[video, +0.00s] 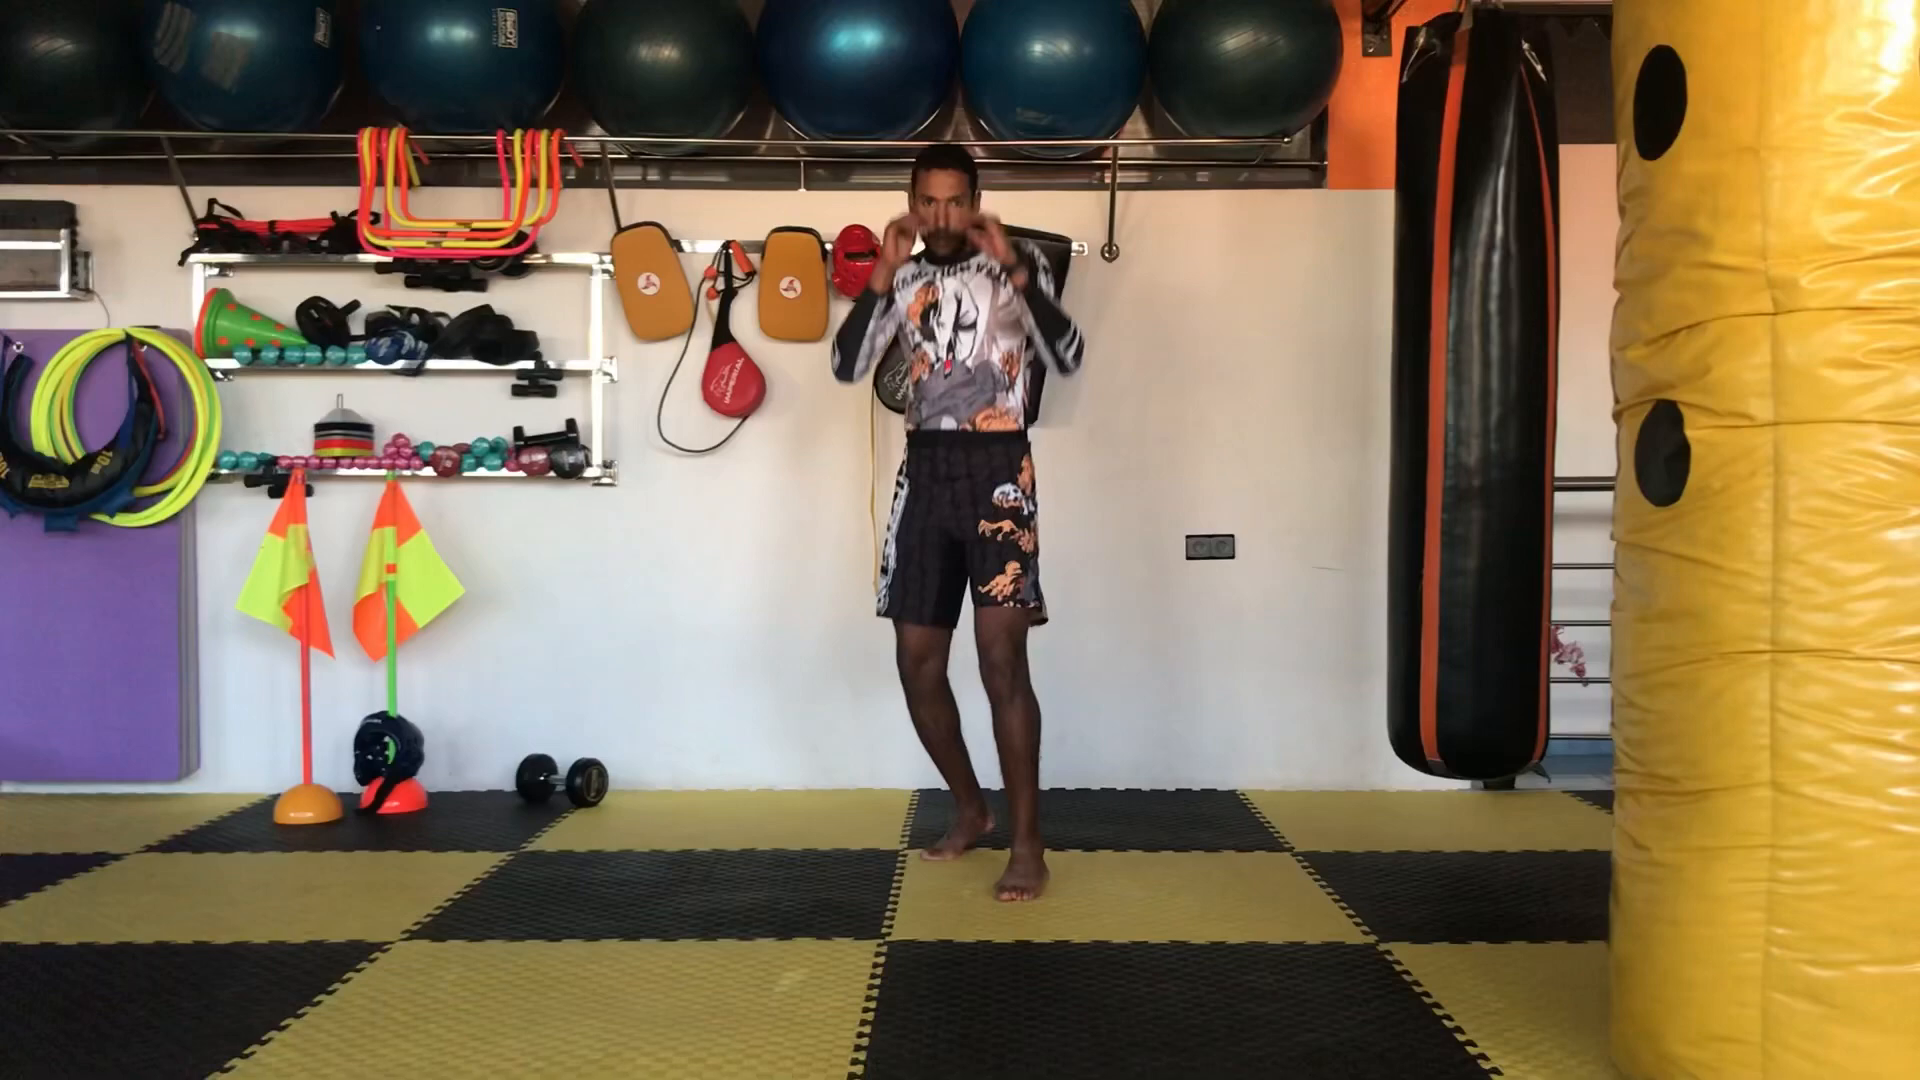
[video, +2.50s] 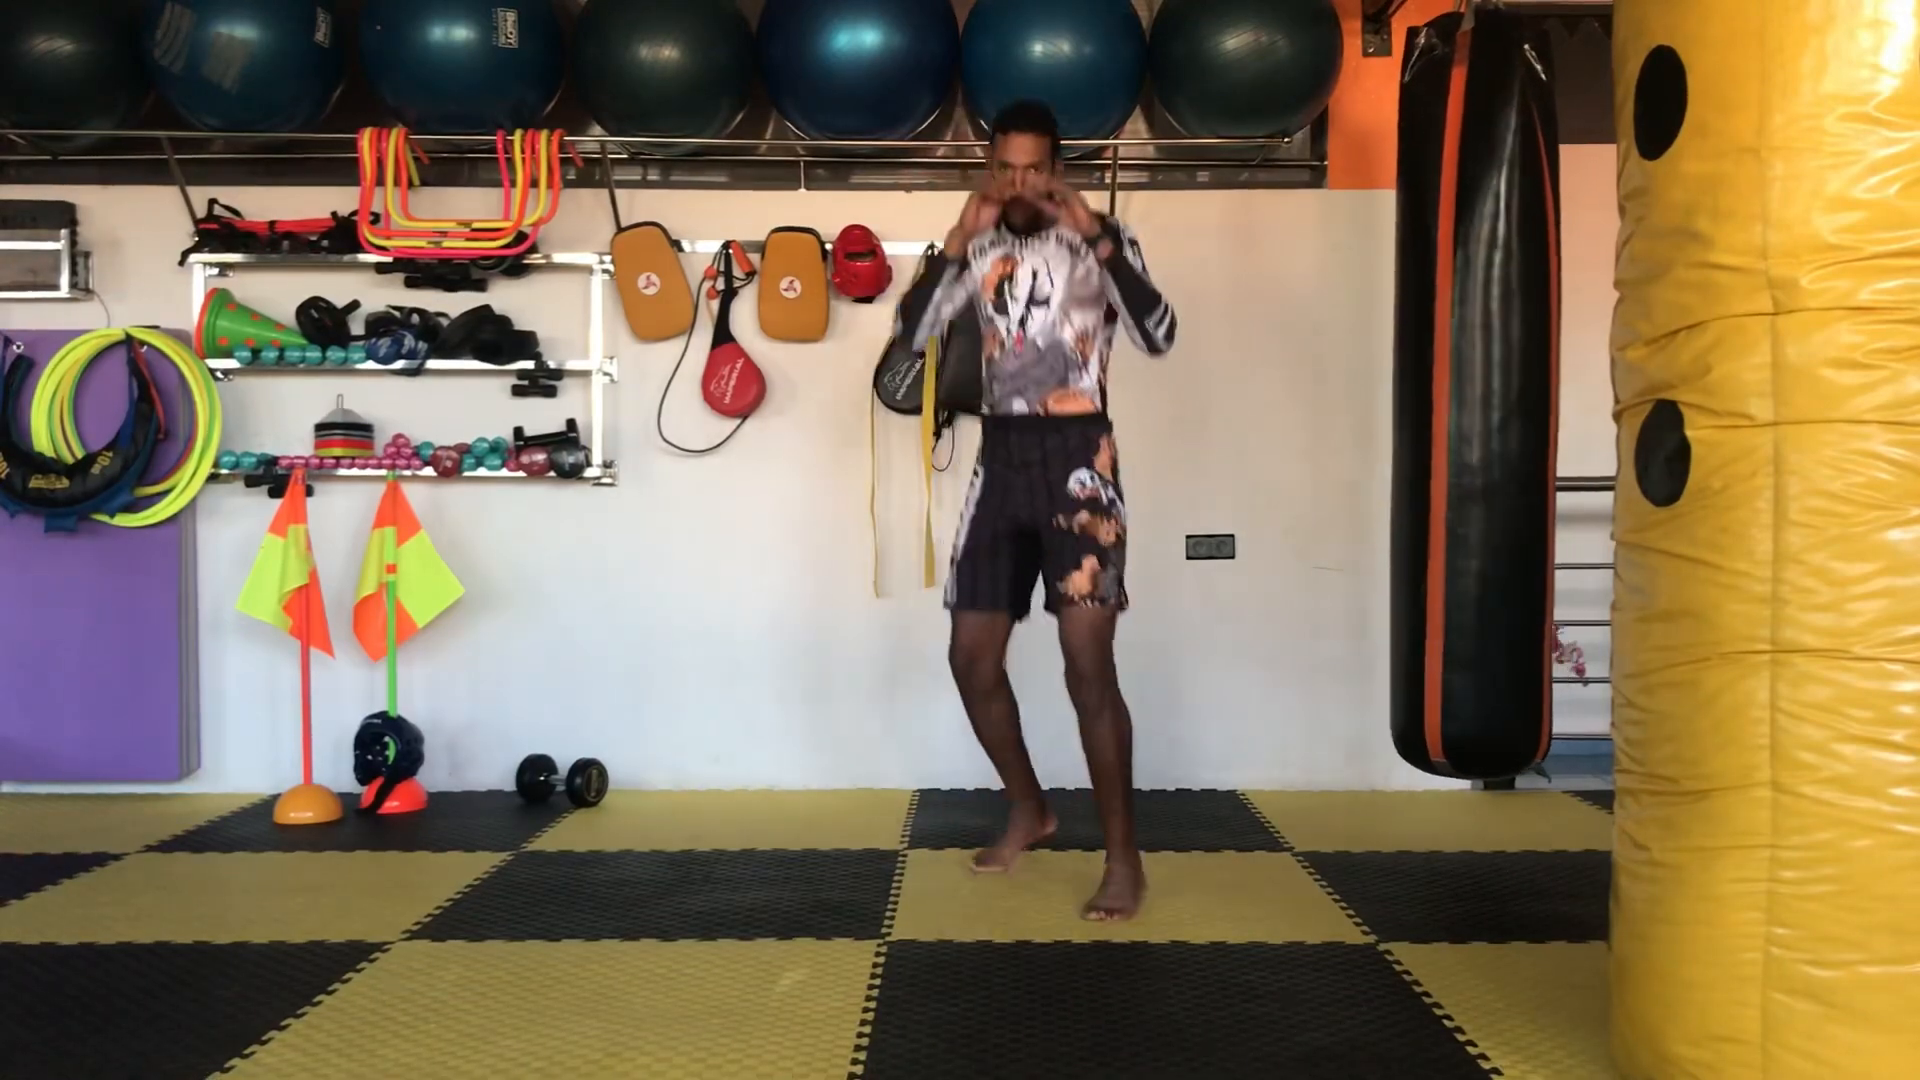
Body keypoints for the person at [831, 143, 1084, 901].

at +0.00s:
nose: (941, 213)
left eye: (955, 201)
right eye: (928, 200)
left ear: (977, 203)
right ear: (912, 205)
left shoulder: (1022, 266)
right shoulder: (901, 279)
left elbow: (1065, 358)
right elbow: (848, 364)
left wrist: (1014, 271)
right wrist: (881, 278)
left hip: (999, 475)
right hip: (926, 477)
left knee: (1001, 666)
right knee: (919, 664)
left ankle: (1026, 844)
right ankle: (969, 807)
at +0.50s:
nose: (957, 221)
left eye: (971, 208)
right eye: (945, 206)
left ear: (989, 213)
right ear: (926, 213)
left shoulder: (1028, 278)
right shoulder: (904, 282)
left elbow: (1098, 368)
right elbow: (844, 338)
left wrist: (1066, 281)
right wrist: (896, 242)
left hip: (1005, 487)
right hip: (925, 487)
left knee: (1010, 667)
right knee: (929, 674)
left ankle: (1016, 857)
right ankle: (968, 803)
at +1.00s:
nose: (1002, 176)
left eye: (1016, 164)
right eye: (987, 166)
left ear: (1035, 164)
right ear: (962, 170)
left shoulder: (1062, 221)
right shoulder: (935, 250)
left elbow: (1027, 181)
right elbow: (880, 366)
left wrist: (914, 182)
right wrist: (818, 477)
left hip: (1064, 405)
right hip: (970, 391)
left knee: (1074, 657)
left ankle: (1029, 888)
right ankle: (900, 540)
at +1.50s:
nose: (995, 171)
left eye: (1008, 158)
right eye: (978, 157)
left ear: (1026, 165)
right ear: (953, 169)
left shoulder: (1057, 234)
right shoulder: (934, 256)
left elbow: (1115, 246)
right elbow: (860, 340)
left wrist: (1010, 194)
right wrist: (845, 305)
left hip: (1079, 435)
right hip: (996, 417)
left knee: (1059, 686)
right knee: (960, 415)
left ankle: (998, 908)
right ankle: (911, 604)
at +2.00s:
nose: (1004, 185)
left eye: (1020, 171)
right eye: (991, 170)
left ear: (1039, 180)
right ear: (970, 177)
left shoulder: (1079, 273)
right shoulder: (939, 269)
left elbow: (1104, 410)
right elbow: (893, 380)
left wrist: (1112, 373)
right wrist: (951, 272)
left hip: (1056, 490)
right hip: (968, 491)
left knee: (1044, 695)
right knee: (959, 701)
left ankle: (1001, 909)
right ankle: (1018, 810)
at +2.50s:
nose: (1020, 182)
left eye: (1033, 168)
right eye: (1006, 168)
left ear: (1056, 169)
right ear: (989, 170)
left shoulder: (1098, 241)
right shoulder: (975, 253)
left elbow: (1158, 336)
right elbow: (917, 335)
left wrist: (1098, 242)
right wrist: (959, 246)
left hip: (1079, 464)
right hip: (1002, 466)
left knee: (1088, 672)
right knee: (973, 661)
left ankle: (1121, 857)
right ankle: (1028, 807)